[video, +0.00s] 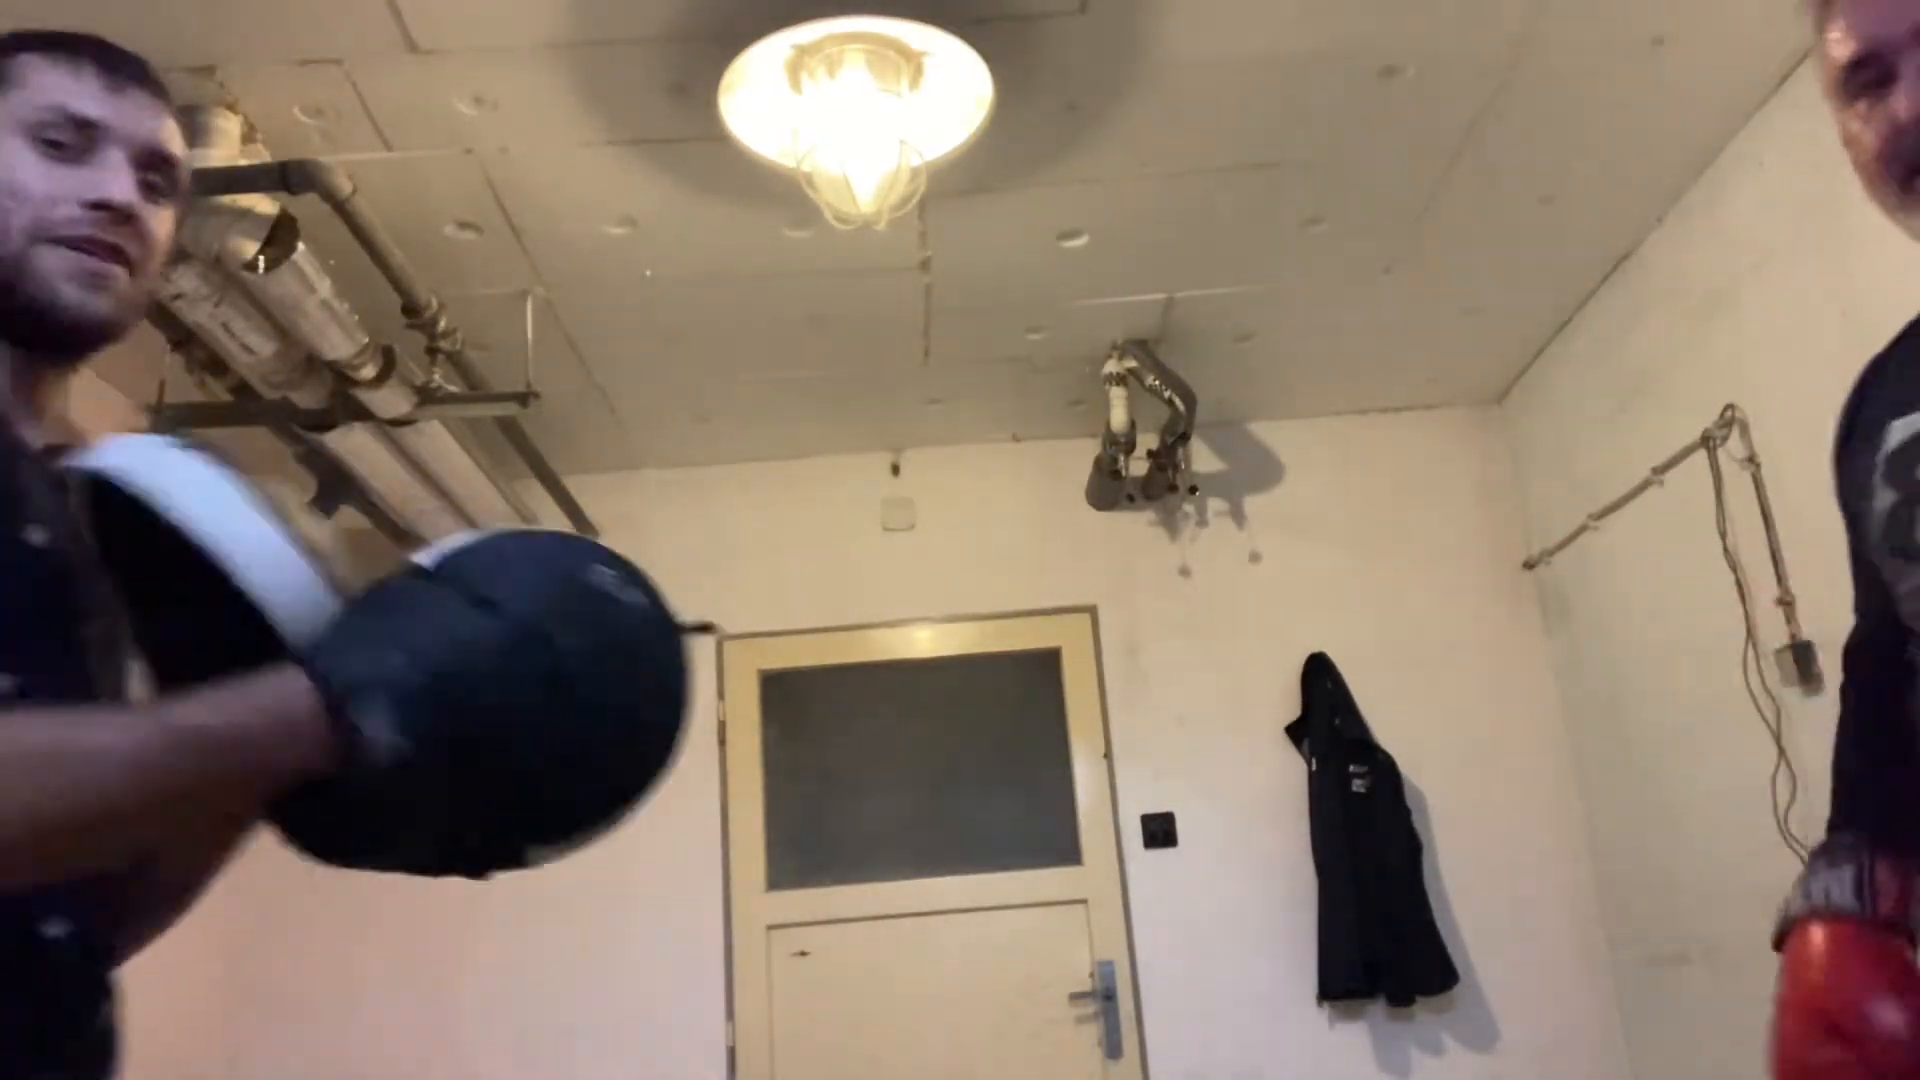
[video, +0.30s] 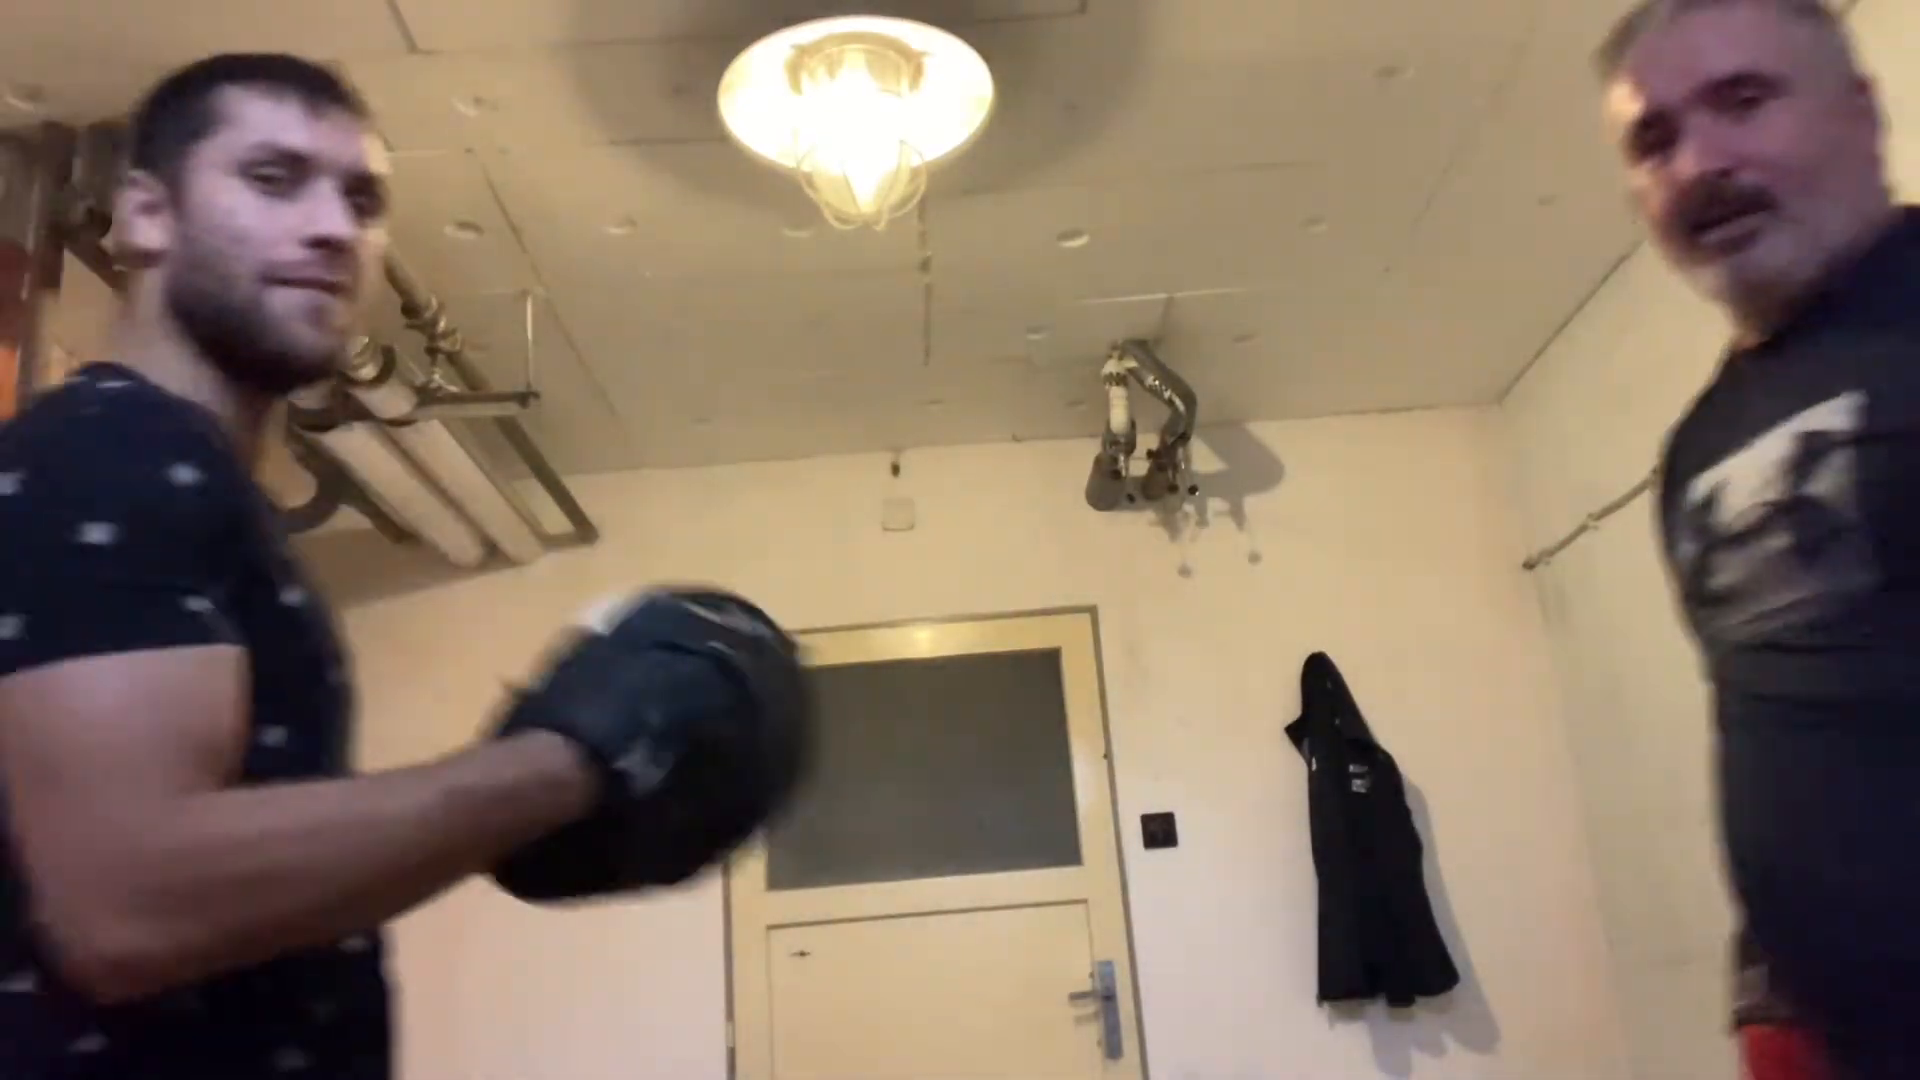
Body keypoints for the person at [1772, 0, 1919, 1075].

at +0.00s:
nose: (1909, 109)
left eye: (1919, 62)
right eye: (1869, 79)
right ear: (1837, 122)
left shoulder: (1882, 406)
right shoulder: (1882, 408)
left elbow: (1882, 669)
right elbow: (1886, 667)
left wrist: (1854, 898)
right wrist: (1853, 894)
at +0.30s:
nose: (1698, 165)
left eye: (1742, 101)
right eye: (1653, 139)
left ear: (1863, 114)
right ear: (1634, 191)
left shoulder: (1904, 324)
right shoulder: (1693, 453)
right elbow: (1765, 748)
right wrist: (1766, 1005)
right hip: (1820, 1018)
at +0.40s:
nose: (1629, 175)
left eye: (1671, 117)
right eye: (1586, 158)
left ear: (1786, 128)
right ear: (1567, 214)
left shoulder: (1900, 269)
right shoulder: (1619, 461)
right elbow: (1681, 741)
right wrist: (1683, 993)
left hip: (1914, 971)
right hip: (1760, 1012)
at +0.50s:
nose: (1580, 189)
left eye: (1620, 131)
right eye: (1537, 173)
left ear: (1730, 144)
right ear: (1517, 229)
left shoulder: (1889, 268)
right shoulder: (1570, 474)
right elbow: (1598, 736)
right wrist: (1583, 997)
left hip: (1911, 979)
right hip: (1745, 1033)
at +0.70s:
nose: (1512, 193)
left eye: (1552, 137)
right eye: (1469, 175)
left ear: (1659, 152)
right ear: (1451, 233)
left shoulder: (1818, 285)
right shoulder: (1500, 475)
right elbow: (1515, 735)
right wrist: (1425, 945)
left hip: (1878, 1003)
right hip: (1656, 1043)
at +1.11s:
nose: (1391, 157)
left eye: (1436, 88)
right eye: (1347, 127)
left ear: (1557, 107)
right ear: (1327, 183)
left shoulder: (1712, 270)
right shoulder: (1397, 422)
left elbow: (1911, 574)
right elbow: (1433, 726)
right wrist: (1418, 994)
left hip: (1773, 1016)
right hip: (1500, 1031)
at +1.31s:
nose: (1274, 100)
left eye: (1321, 31)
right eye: (1232, 76)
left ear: (1465, 43)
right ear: (1217, 125)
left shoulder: (1616, 238)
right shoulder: (1373, 338)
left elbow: (1815, 624)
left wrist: (1843, 982)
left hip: (1660, 1015)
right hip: (1444, 1024)